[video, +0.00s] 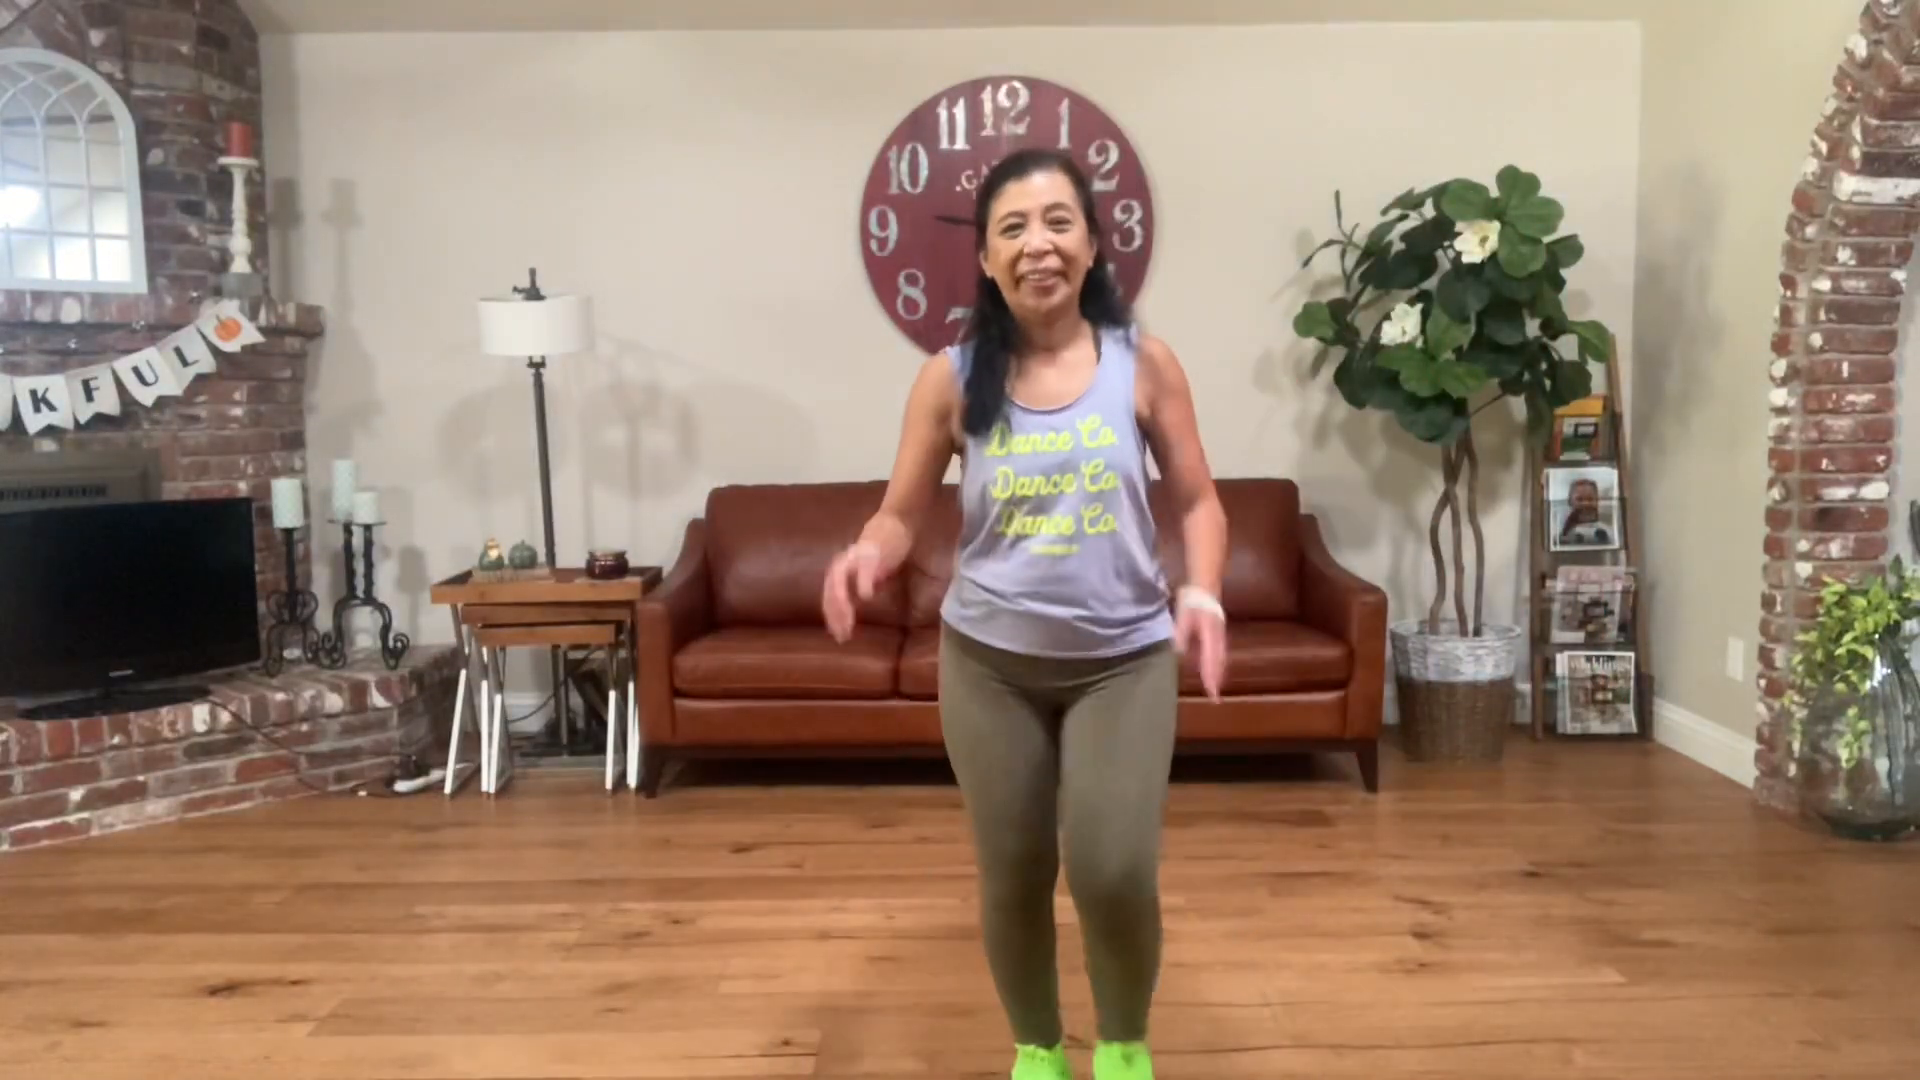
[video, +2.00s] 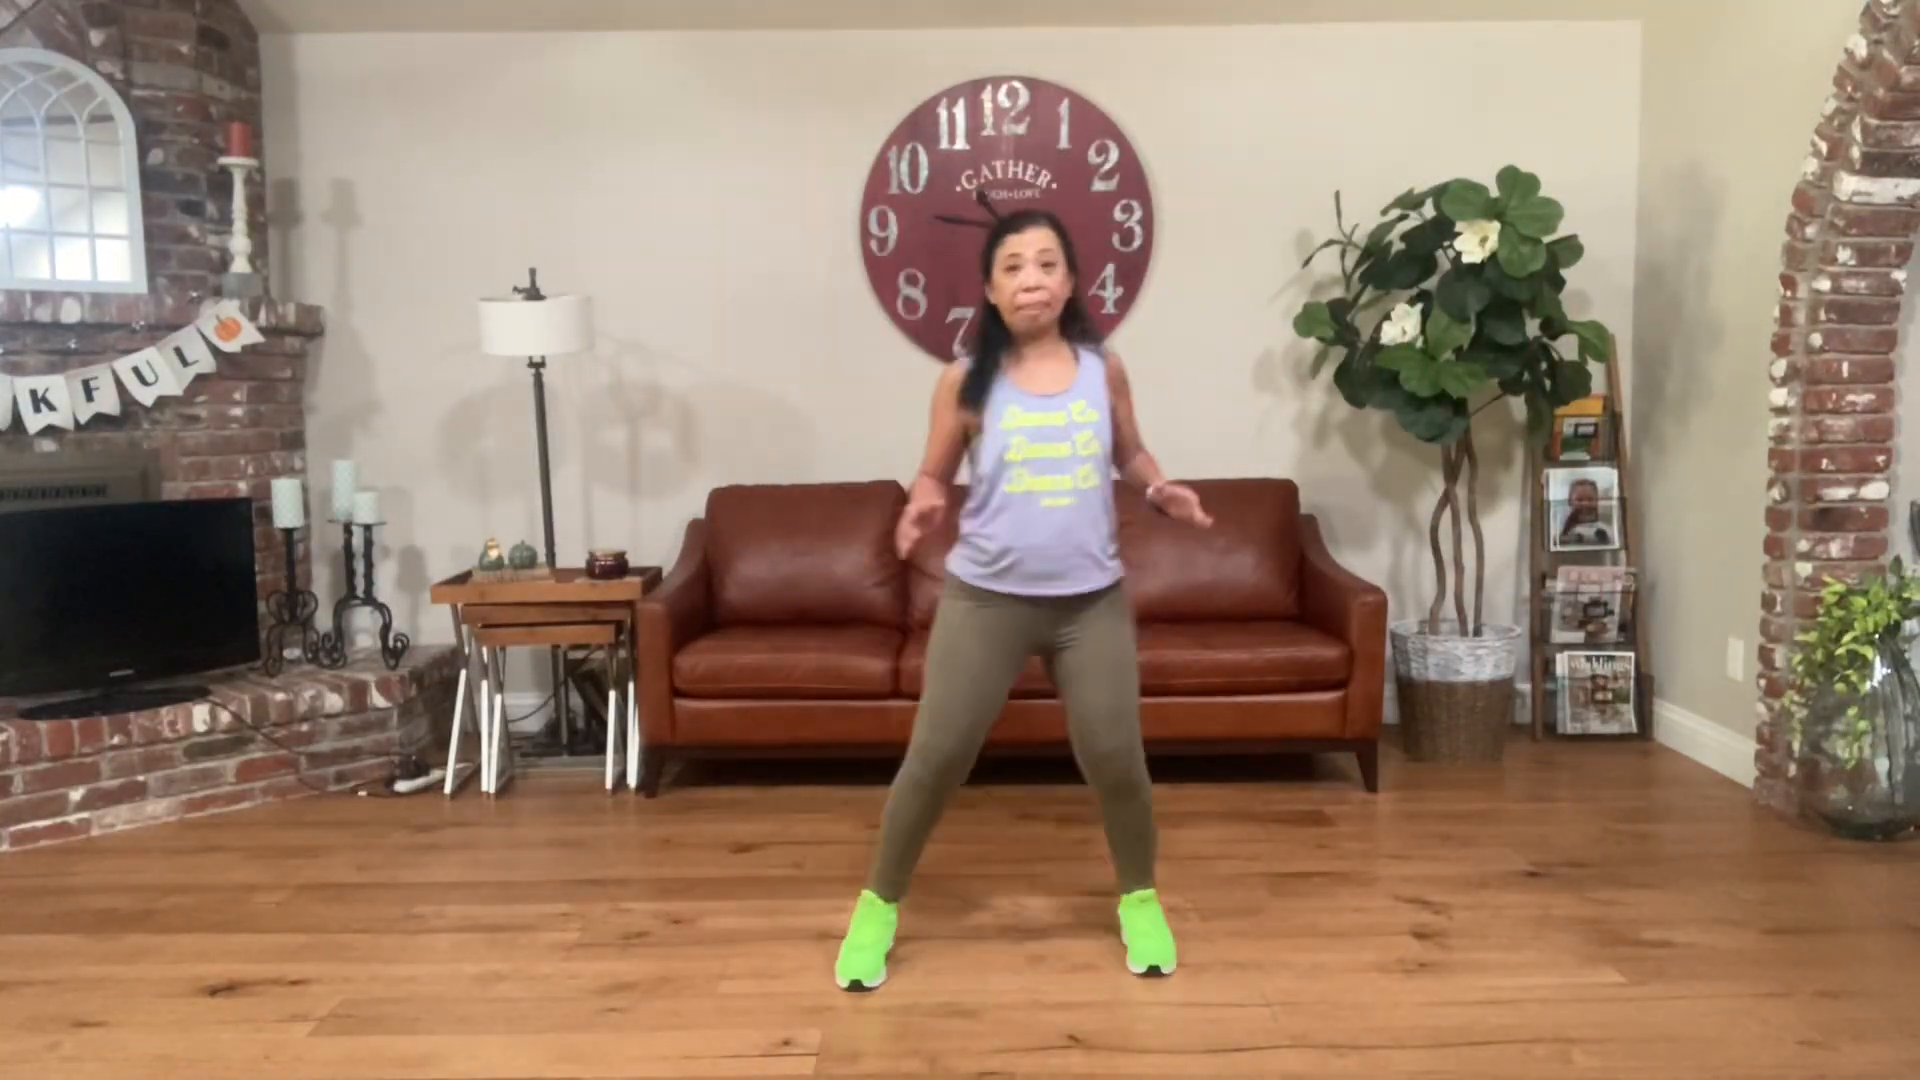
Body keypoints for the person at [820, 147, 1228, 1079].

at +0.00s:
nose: (1039, 244)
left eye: (1059, 222)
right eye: (1014, 228)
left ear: (1092, 244)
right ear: (986, 259)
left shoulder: (1144, 366)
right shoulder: (951, 378)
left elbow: (1198, 503)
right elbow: (899, 515)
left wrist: (1201, 591)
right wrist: (871, 548)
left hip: (1125, 661)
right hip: (988, 662)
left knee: (1113, 870)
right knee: (1013, 871)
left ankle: (1123, 1048)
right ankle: (1036, 1053)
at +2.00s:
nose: (1032, 279)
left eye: (1047, 264)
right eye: (1013, 267)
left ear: (1071, 281)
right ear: (990, 289)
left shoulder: (1103, 370)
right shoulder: (965, 379)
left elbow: (1131, 454)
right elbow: (933, 476)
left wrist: (1157, 486)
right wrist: (924, 509)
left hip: (1092, 599)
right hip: (987, 597)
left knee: (1114, 755)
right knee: (938, 753)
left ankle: (1140, 900)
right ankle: (878, 908)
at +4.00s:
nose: (982, 303)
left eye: (986, 289)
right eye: (966, 290)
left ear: (986, 296)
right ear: (919, 298)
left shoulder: (1000, 377)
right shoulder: (874, 388)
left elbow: (1010, 447)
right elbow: (826, 464)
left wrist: (1051, 495)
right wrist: (824, 508)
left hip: (982, 593)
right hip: (884, 587)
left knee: (1037, 741)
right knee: (875, 750)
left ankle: (1072, 874)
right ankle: (864, 884)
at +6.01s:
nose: (866, 305)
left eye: (880, 291)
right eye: (848, 295)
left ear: (901, 308)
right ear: (825, 316)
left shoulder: (937, 386)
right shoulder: (807, 400)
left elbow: (981, 485)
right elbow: (773, 507)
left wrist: (953, 484)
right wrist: (810, 514)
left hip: (920, 594)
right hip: (822, 594)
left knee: (929, 739)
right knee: (826, 745)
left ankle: (895, 856)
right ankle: (834, 882)